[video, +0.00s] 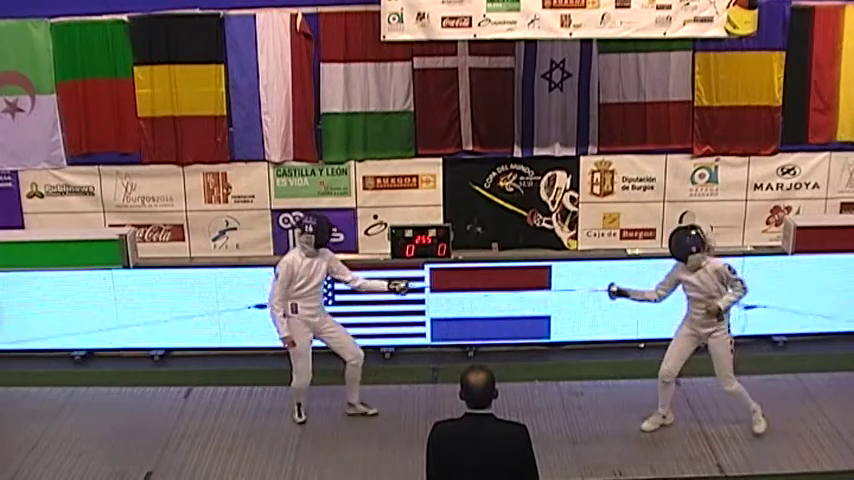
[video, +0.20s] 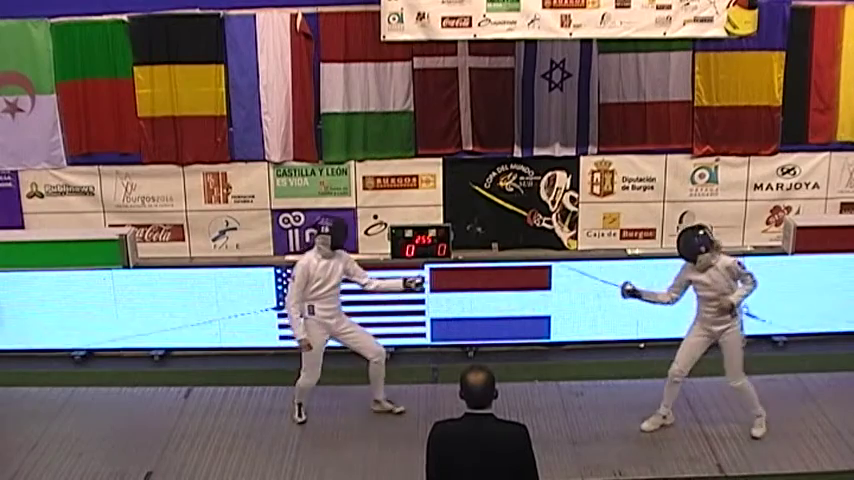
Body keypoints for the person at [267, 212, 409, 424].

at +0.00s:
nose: (305, 240)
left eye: (310, 237)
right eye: (302, 235)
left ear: (320, 241)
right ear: (299, 236)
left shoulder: (326, 258)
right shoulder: (289, 262)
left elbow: (355, 282)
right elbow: (275, 302)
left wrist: (389, 286)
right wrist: (284, 333)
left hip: (320, 317)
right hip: (296, 320)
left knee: (355, 356)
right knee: (302, 376)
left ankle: (353, 404)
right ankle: (299, 406)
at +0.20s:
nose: (321, 239)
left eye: (326, 236)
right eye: (319, 235)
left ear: (336, 240)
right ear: (316, 236)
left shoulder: (343, 260)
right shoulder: (305, 264)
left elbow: (369, 284)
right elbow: (292, 303)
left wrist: (403, 285)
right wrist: (300, 335)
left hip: (338, 320)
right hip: (313, 323)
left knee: (377, 354)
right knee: (310, 377)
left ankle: (379, 401)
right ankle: (299, 404)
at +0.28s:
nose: (332, 238)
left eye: (337, 234)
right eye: (330, 233)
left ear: (345, 237)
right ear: (325, 235)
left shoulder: (353, 256)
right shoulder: (315, 261)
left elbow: (382, 279)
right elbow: (303, 299)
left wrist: (418, 280)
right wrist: (313, 331)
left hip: (348, 319)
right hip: (323, 322)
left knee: (384, 355)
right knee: (313, 374)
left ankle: (400, 403)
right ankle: (299, 402)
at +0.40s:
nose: (349, 240)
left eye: (354, 236)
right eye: (347, 235)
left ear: (365, 239)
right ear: (343, 236)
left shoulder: (371, 258)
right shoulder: (334, 263)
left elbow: (402, 274)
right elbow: (323, 302)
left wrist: (438, 278)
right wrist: (333, 332)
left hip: (367, 322)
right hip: (342, 325)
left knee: (404, 357)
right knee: (323, 375)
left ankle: (409, 405)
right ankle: (301, 402)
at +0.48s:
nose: (361, 242)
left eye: (366, 238)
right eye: (358, 237)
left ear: (376, 239)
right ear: (354, 236)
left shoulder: (381, 256)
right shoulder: (344, 263)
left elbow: (411, 274)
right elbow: (334, 304)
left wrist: (447, 279)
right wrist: (343, 333)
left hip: (379, 321)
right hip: (353, 324)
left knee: (413, 357)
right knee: (331, 375)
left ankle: (409, 405)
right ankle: (306, 403)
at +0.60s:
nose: (366, 235)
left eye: (372, 232)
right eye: (364, 230)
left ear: (383, 236)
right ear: (361, 230)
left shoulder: (390, 252)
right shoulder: (352, 258)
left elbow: (420, 273)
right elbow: (342, 297)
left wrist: (455, 281)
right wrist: (352, 328)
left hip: (385, 316)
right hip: (360, 319)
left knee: (415, 356)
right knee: (348, 374)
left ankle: (409, 404)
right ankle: (332, 402)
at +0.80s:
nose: (370, 239)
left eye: (376, 236)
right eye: (368, 234)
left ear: (385, 239)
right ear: (364, 234)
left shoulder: (391, 255)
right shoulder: (354, 261)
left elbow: (420, 277)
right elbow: (344, 301)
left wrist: (454, 289)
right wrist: (354, 331)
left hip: (388, 318)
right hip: (363, 322)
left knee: (419, 356)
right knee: (356, 377)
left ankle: (409, 404)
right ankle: (344, 405)